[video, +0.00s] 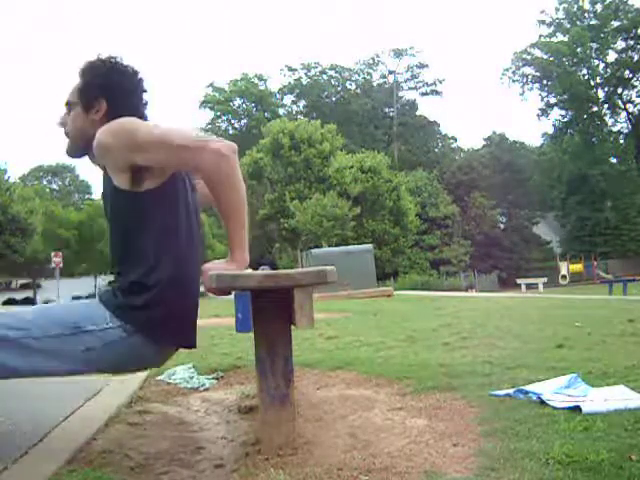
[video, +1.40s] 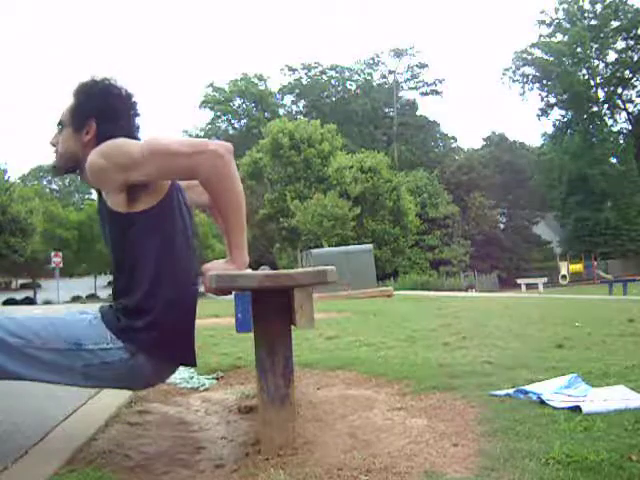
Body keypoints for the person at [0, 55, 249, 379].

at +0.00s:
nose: (62, 121)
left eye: (70, 108)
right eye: (65, 108)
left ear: (98, 110)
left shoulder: (114, 137)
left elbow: (220, 154)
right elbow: (219, 189)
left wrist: (238, 258)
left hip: (134, 324)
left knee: (3, 332)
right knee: (7, 323)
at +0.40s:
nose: (59, 120)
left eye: (67, 109)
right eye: (63, 109)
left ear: (94, 115)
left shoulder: (110, 143)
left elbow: (217, 155)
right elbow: (220, 194)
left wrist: (239, 258)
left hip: (131, 327)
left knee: (3, 330)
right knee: (8, 322)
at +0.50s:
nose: (62, 81)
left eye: (72, 69)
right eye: (68, 69)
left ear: (99, 76)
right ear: (100, 77)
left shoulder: (110, 109)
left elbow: (212, 153)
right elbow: (202, 187)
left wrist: (237, 257)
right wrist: (240, 250)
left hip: (120, 293)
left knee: (2, 316)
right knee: (5, 311)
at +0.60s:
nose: (64, 44)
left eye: (73, 32)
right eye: (68, 33)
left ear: (102, 36)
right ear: (101, 37)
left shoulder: (115, 73)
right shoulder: (143, 82)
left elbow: (187, 155)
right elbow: (193, 163)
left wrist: (233, 255)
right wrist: (233, 256)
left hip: (109, 259)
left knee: (3, 306)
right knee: (5, 317)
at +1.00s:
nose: (59, 88)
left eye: (67, 75)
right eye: (63, 76)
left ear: (96, 78)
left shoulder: (112, 108)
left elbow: (214, 153)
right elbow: (204, 190)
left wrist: (238, 257)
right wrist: (240, 254)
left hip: (125, 296)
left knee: (3, 322)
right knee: (5, 320)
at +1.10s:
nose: (58, 121)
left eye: (66, 108)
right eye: (61, 109)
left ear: (94, 109)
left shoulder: (112, 137)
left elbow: (221, 155)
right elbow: (219, 202)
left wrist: (239, 259)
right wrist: (243, 259)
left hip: (134, 327)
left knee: (3, 328)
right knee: (10, 316)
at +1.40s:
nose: (53, 140)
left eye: (62, 127)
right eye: (57, 128)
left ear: (88, 132)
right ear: (88, 133)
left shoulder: (106, 159)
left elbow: (216, 156)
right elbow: (210, 194)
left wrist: (239, 259)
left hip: (133, 346)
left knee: (2, 333)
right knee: (7, 327)